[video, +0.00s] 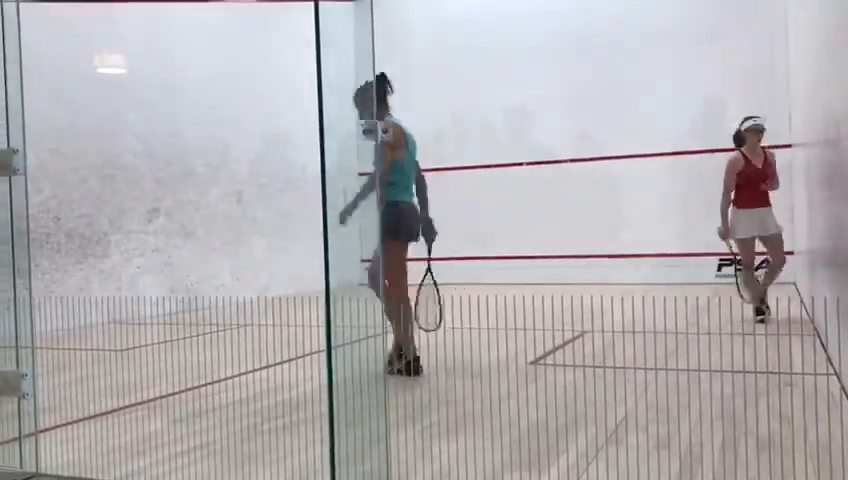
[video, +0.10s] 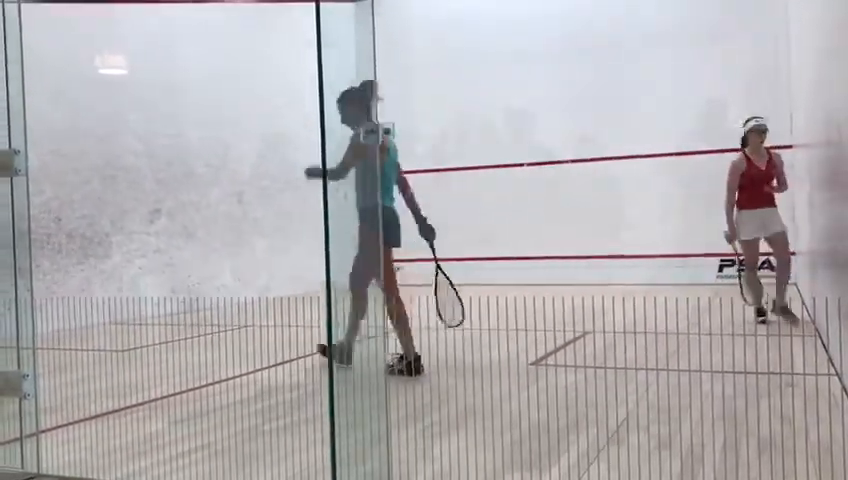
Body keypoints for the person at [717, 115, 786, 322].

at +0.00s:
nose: (758, 135)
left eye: (760, 131)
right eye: (752, 131)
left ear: (763, 134)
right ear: (743, 134)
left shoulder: (768, 155)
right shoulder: (735, 160)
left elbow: (775, 183)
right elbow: (726, 194)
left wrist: (767, 185)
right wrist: (724, 225)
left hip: (764, 213)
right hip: (742, 214)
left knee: (778, 259)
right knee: (748, 264)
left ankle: (759, 292)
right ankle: (758, 303)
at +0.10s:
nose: (759, 136)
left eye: (763, 132)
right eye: (755, 133)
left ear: (766, 135)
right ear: (746, 136)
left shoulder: (774, 158)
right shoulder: (738, 163)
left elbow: (783, 185)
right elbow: (730, 196)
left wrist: (775, 188)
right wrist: (730, 226)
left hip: (769, 212)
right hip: (746, 214)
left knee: (784, 257)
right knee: (751, 263)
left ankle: (780, 302)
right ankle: (758, 305)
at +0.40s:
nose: (771, 137)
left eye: (775, 132)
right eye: (766, 132)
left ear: (779, 134)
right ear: (758, 134)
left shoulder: (786, 156)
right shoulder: (749, 162)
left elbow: (800, 184)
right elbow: (741, 196)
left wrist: (791, 159)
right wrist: (744, 224)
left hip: (784, 215)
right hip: (758, 217)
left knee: (791, 267)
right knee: (762, 267)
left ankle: (796, 315)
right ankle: (766, 302)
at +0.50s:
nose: (770, 134)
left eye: (774, 130)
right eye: (765, 130)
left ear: (781, 131)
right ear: (759, 132)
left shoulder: (789, 153)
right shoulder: (749, 159)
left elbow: (799, 176)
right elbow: (741, 192)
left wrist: (787, 149)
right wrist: (741, 221)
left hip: (785, 215)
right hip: (758, 218)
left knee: (792, 267)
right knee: (760, 267)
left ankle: (796, 314)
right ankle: (771, 296)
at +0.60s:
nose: (767, 133)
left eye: (771, 129)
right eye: (762, 129)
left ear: (779, 131)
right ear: (757, 131)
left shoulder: (788, 151)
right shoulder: (747, 160)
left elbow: (793, 171)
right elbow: (742, 194)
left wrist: (781, 148)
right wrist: (736, 224)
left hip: (785, 215)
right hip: (758, 217)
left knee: (791, 267)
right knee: (756, 267)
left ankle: (796, 315)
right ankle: (770, 306)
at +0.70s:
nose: (759, 132)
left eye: (763, 128)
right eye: (754, 128)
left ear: (773, 129)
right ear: (749, 130)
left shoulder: (783, 150)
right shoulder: (742, 160)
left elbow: (783, 169)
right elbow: (738, 195)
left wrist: (772, 142)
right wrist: (733, 226)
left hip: (782, 216)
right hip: (755, 218)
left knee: (788, 268)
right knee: (752, 270)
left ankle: (795, 317)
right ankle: (760, 321)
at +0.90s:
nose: (738, 133)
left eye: (743, 128)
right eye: (734, 128)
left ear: (755, 130)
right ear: (730, 132)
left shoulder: (766, 150)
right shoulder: (726, 162)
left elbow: (764, 165)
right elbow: (726, 200)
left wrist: (752, 140)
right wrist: (724, 232)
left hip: (767, 218)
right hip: (740, 221)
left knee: (778, 270)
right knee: (743, 275)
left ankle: (791, 313)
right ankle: (746, 325)